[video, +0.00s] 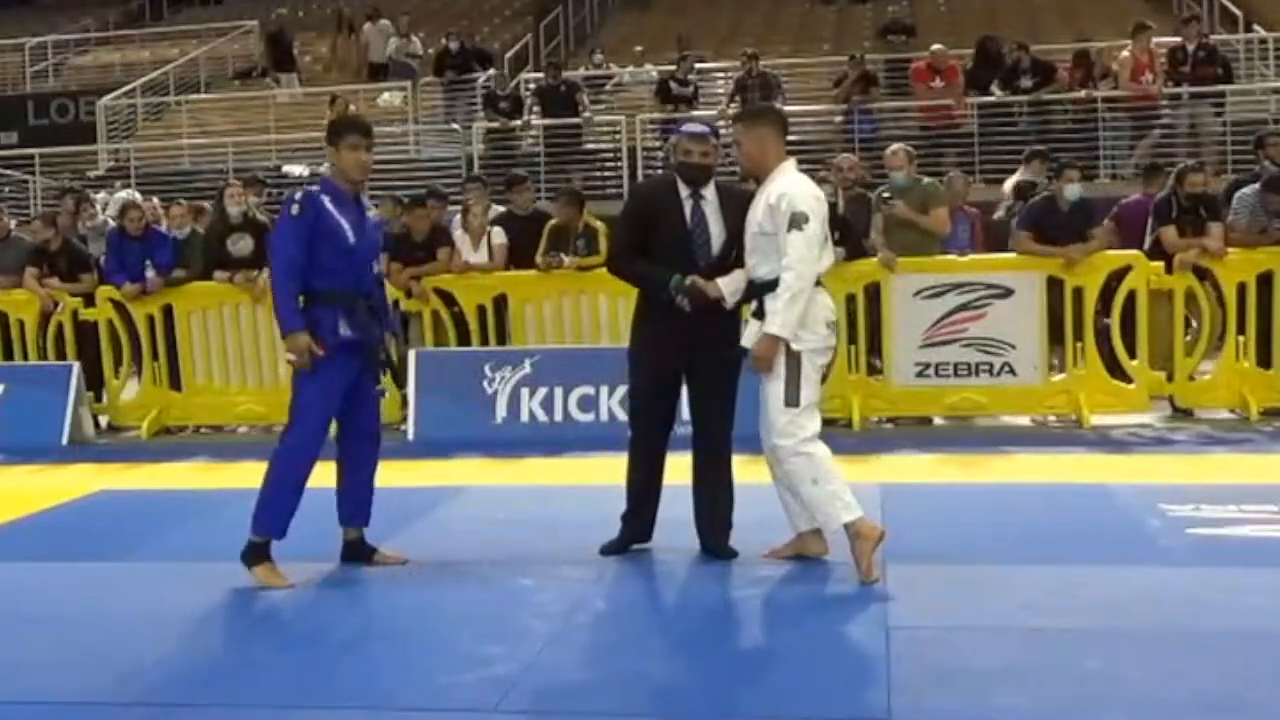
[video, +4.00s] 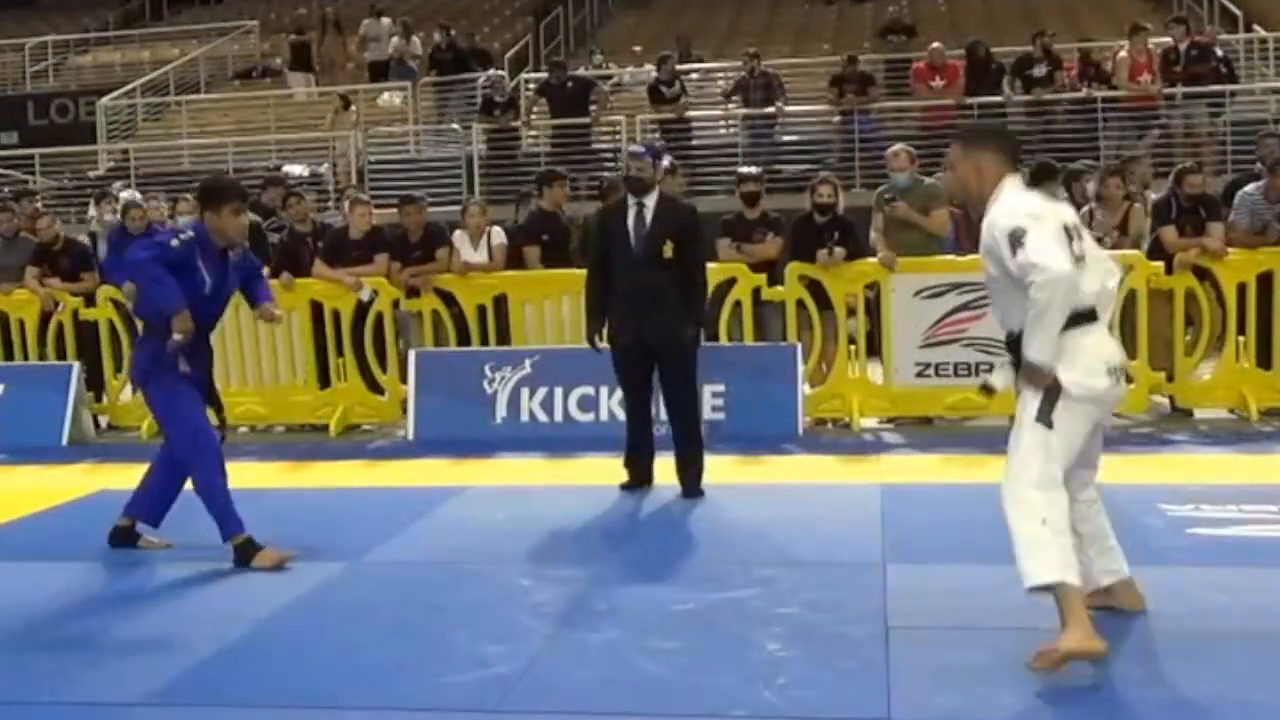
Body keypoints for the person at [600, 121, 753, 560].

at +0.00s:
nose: (695, 159)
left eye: (704, 152)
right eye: (687, 151)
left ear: (717, 156)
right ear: (672, 154)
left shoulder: (739, 201)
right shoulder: (648, 197)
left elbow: (762, 263)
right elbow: (619, 259)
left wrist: (727, 289)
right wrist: (673, 283)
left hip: (717, 337)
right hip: (657, 335)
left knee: (714, 439)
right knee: (647, 435)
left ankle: (715, 535)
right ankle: (636, 528)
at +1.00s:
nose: (638, 158)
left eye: (645, 151)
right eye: (630, 152)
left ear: (656, 157)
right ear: (615, 159)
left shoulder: (680, 202)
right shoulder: (597, 213)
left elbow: (703, 267)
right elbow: (581, 273)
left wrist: (719, 323)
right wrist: (600, 273)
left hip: (682, 332)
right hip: (626, 337)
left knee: (695, 427)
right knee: (631, 435)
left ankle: (702, 515)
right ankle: (636, 523)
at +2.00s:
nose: (659, 169)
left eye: (666, 162)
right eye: (651, 162)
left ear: (678, 165)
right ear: (640, 165)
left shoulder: (689, 203)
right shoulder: (627, 204)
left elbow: (714, 267)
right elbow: (618, 209)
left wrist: (726, 329)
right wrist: (640, 177)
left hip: (690, 316)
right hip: (637, 315)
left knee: (692, 417)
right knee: (640, 410)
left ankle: (694, 502)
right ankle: (641, 482)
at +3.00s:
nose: (646, 171)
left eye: (653, 165)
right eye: (642, 165)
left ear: (671, 168)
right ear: (636, 170)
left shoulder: (700, 212)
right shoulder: (625, 216)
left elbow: (717, 271)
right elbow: (616, 273)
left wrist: (720, 319)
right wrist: (600, 322)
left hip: (689, 328)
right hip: (641, 328)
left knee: (691, 411)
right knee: (643, 413)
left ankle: (692, 485)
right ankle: (641, 492)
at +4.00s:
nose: (633, 173)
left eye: (642, 167)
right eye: (630, 166)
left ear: (658, 172)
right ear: (624, 169)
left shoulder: (681, 214)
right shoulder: (606, 217)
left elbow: (694, 270)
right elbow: (597, 271)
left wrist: (695, 319)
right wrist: (595, 317)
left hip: (673, 323)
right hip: (626, 325)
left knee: (682, 405)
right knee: (635, 404)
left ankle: (690, 477)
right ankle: (638, 473)